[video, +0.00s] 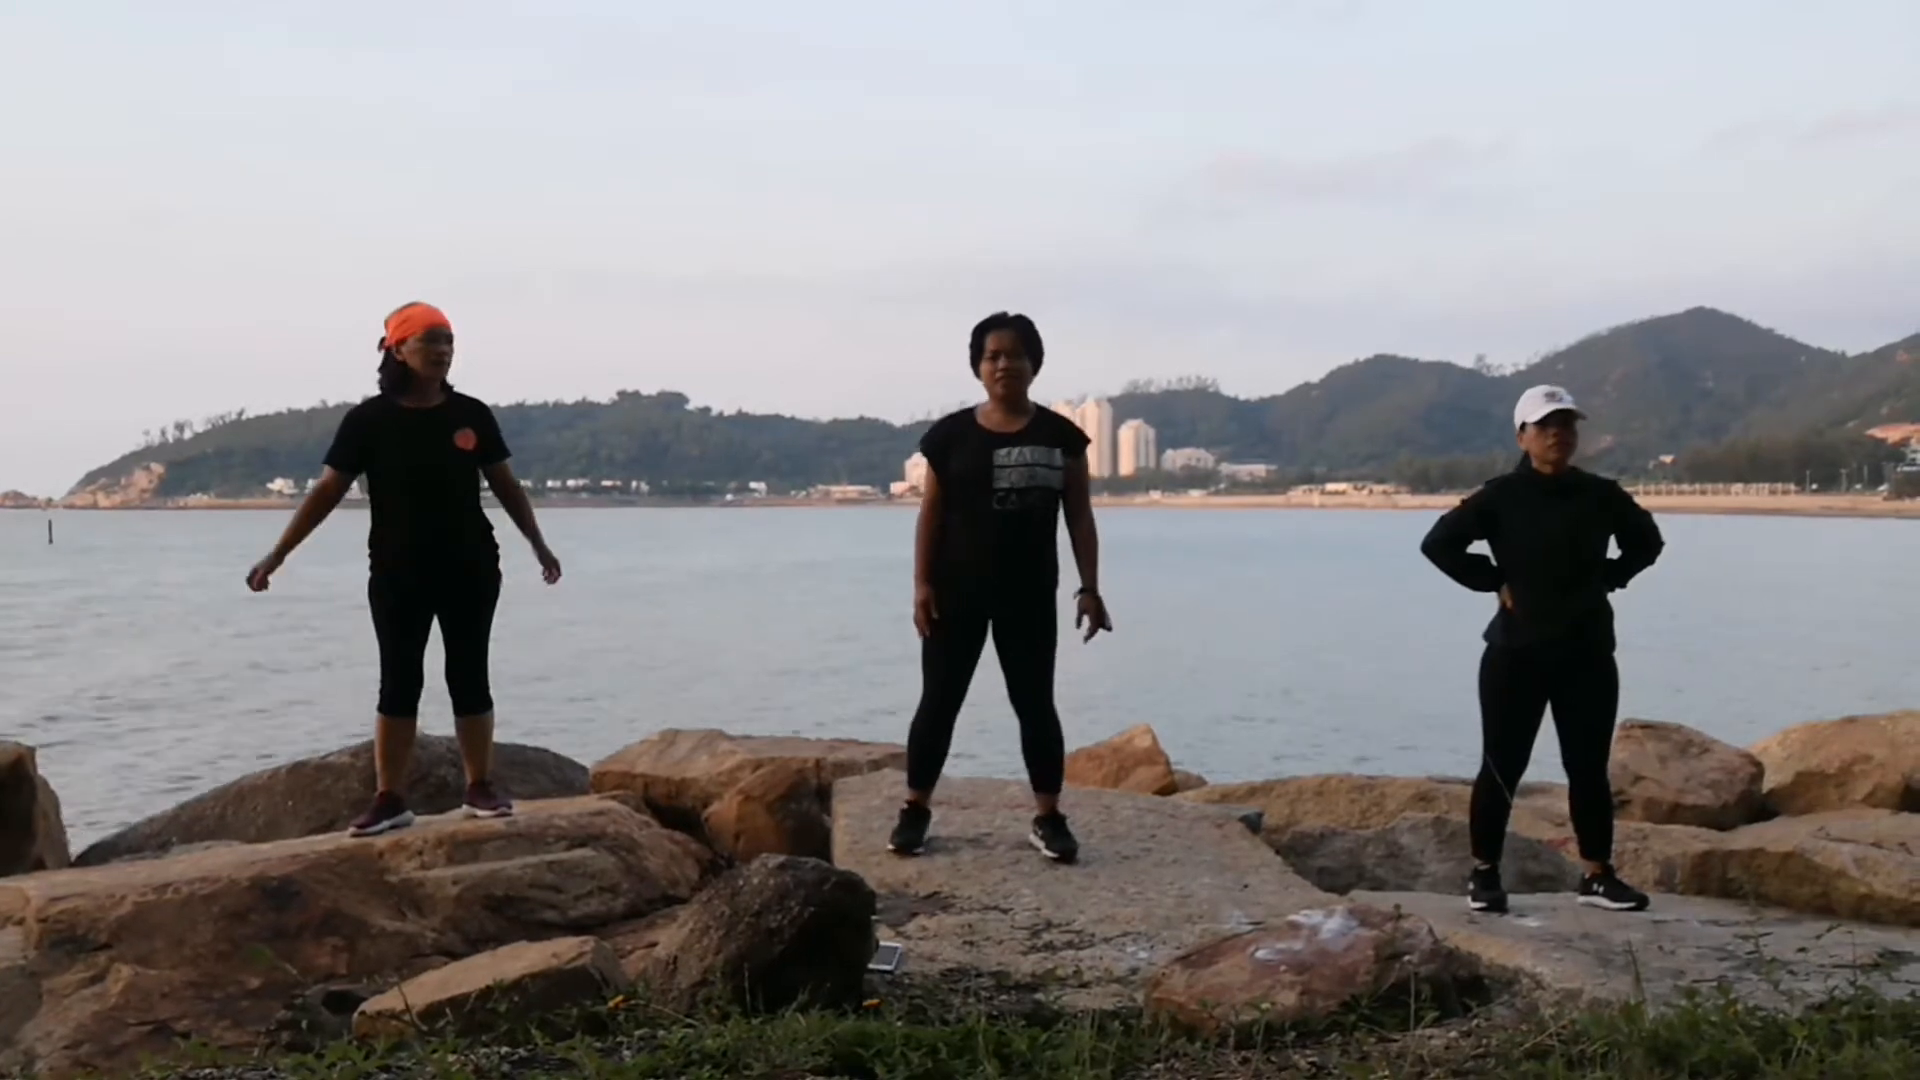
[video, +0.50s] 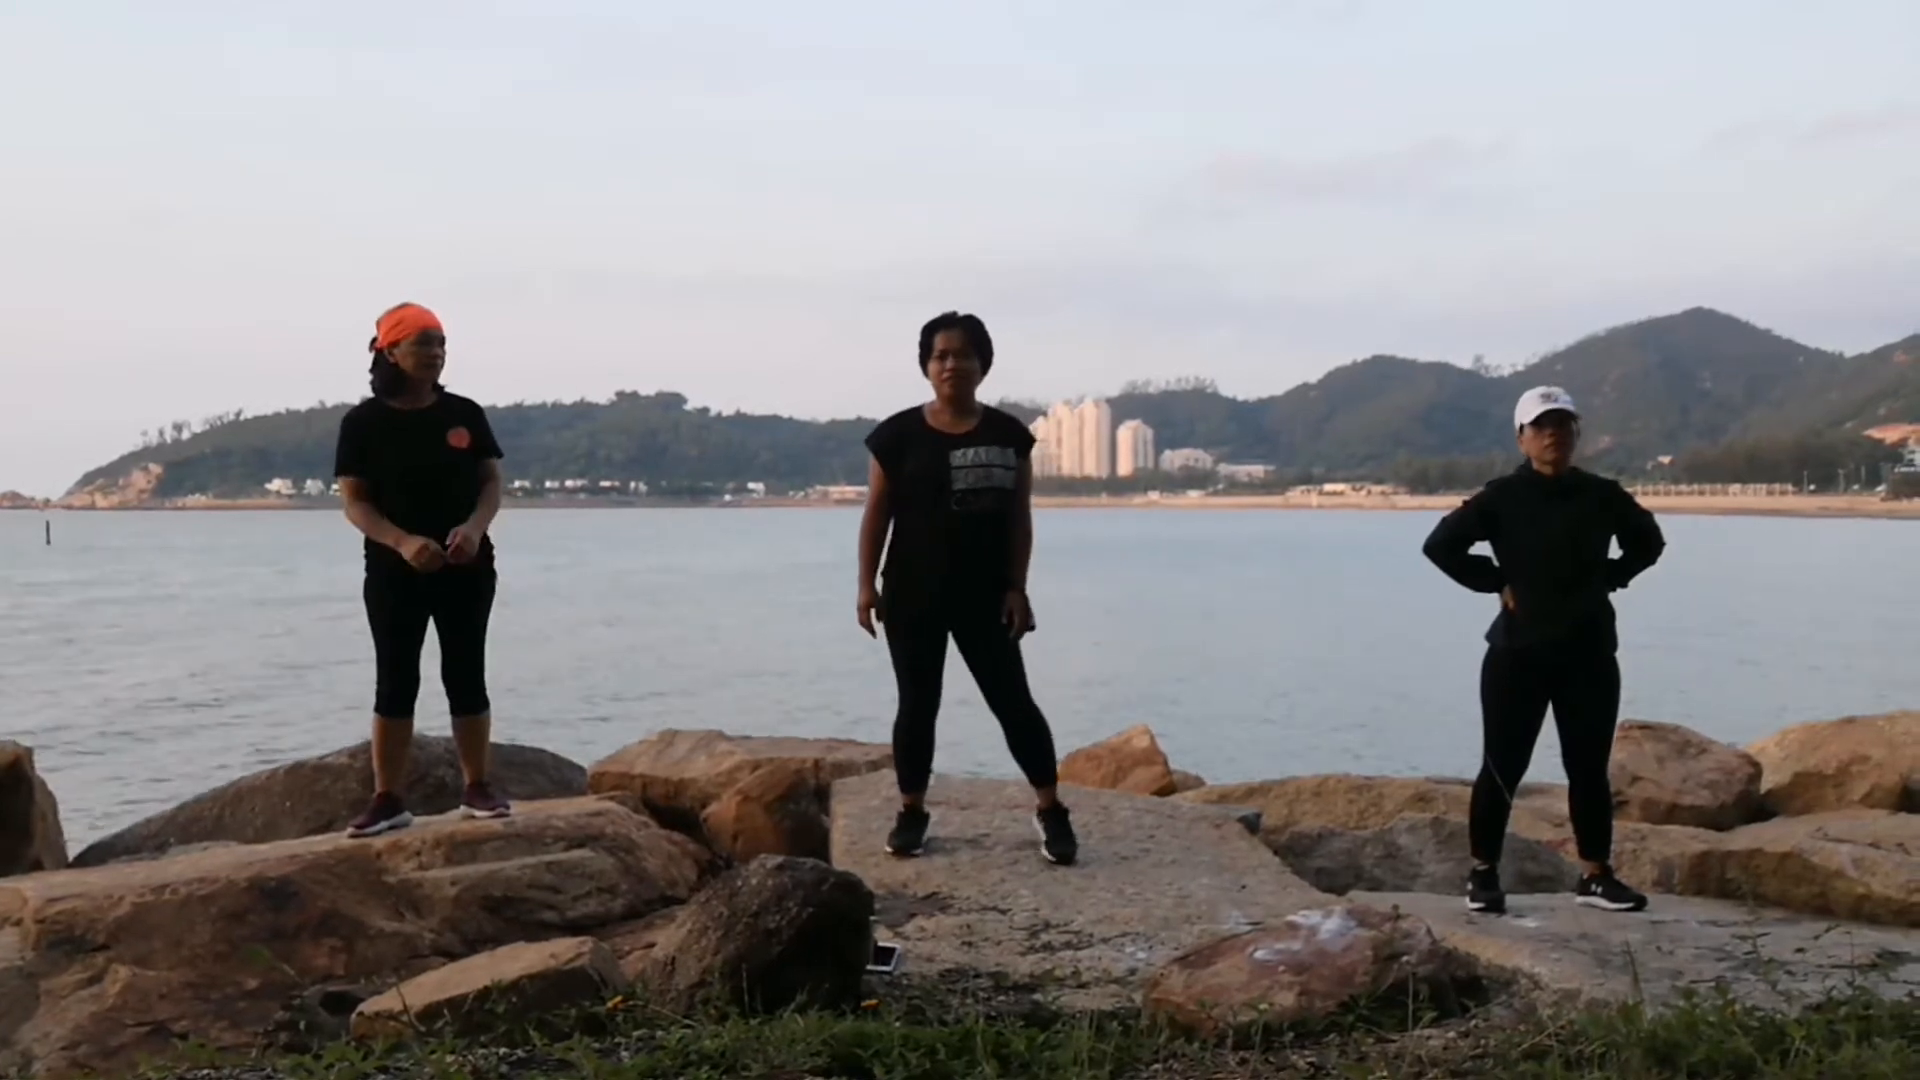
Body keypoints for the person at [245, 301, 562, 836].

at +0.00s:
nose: (443, 349)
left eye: (448, 340)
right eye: (431, 340)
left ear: (452, 348)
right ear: (399, 349)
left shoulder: (472, 416)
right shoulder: (368, 420)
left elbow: (505, 484)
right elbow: (326, 492)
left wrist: (538, 543)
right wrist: (276, 554)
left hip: (468, 570)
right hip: (398, 574)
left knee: (469, 680)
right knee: (398, 686)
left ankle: (480, 788)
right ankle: (388, 799)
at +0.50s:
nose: (437, 351)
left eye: (440, 342)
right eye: (424, 343)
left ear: (445, 349)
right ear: (391, 353)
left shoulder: (465, 414)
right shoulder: (361, 423)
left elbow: (492, 482)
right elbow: (354, 505)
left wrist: (476, 525)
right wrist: (402, 540)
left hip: (465, 570)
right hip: (395, 573)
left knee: (467, 681)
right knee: (395, 686)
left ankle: (477, 789)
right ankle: (387, 798)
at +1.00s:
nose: (433, 352)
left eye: (437, 343)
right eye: (420, 343)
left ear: (441, 350)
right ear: (387, 353)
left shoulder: (461, 417)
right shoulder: (358, 425)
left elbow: (492, 486)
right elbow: (324, 501)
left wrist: (518, 548)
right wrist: (285, 571)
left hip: (461, 572)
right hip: (391, 578)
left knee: (463, 681)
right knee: (391, 688)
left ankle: (475, 789)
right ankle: (383, 800)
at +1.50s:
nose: (434, 354)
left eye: (437, 344)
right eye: (421, 345)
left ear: (441, 350)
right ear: (388, 354)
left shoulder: (462, 416)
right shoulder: (357, 424)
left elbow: (488, 487)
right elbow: (348, 505)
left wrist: (472, 531)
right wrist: (391, 548)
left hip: (459, 570)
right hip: (389, 573)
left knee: (462, 681)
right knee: (390, 687)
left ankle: (472, 790)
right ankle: (382, 799)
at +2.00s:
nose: (435, 355)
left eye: (438, 346)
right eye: (422, 346)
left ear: (441, 352)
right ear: (388, 355)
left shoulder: (462, 418)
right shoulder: (358, 425)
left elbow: (493, 489)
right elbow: (328, 503)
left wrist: (523, 547)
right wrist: (296, 573)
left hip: (460, 574)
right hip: (390, 577)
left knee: (461, 682)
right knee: (389, 690)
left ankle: (470, 790)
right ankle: (380, 800)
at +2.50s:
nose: (430, 356)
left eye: (433, 346)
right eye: (417, 348)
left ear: (438, 352)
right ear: (383, 356)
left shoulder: (459, 417)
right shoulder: (354, 425)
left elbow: (485, 487)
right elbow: (345, 506)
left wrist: (475, 534)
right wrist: (381, 555)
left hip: (456, 575)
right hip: (387, 577)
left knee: (458, 683)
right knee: (386, 690)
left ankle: (468, 791)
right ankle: (378, 801)